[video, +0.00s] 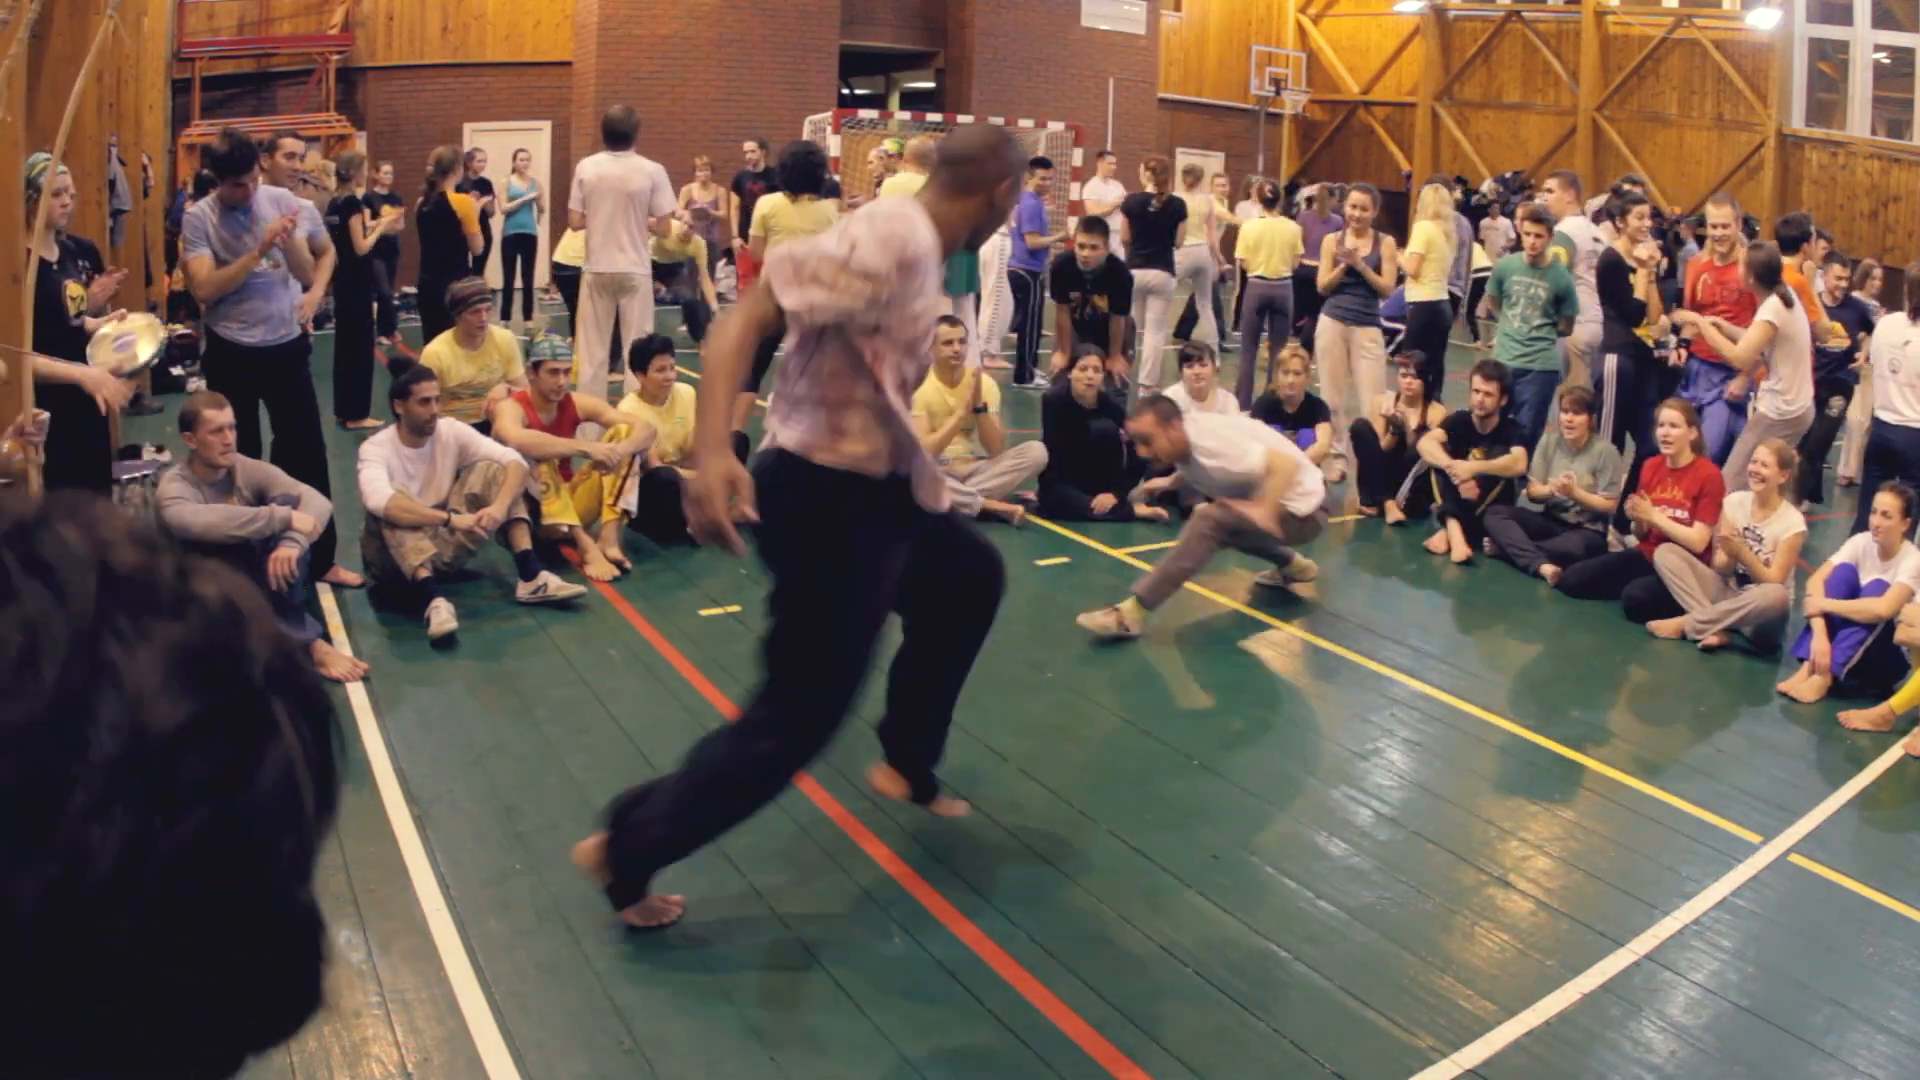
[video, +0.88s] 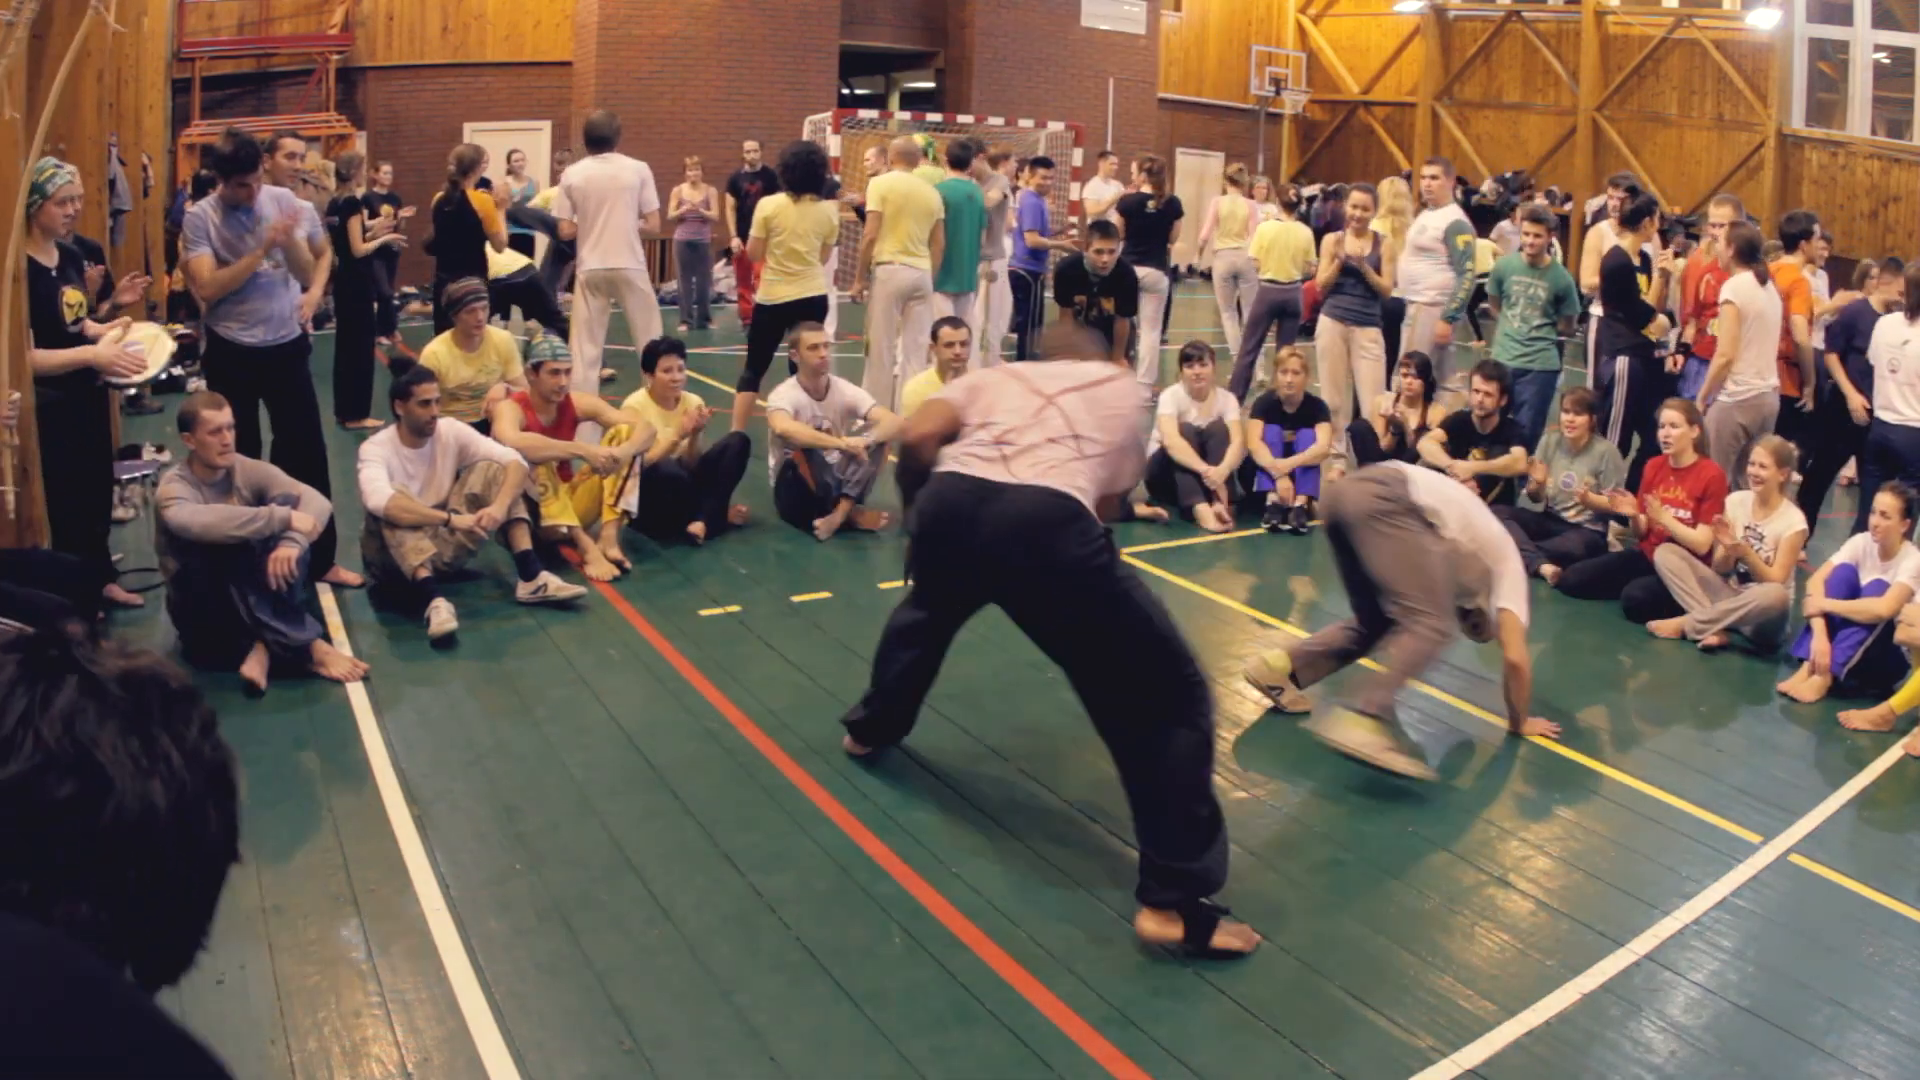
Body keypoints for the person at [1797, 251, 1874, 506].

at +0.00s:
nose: (1841, 284)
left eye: (1845, 279)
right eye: (1836, 278)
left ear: (1850, 281)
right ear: (1824, 278)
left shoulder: (1857, 309)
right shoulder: (1811, 306)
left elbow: (1872, 333)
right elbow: (1796, 334)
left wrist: (1864, 355)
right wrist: (1802, 359)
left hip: (1840, 377)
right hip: (1811, 374)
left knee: (1818, 443)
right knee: (1805, 439)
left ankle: (1803, 496)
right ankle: (1805, 493)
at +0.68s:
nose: (1874, 290)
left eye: (1878, 285)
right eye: (1870, 282)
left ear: (1880, 284)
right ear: (1852, 276)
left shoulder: (1878, 311)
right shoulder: (1825, 305)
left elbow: (1889, 350)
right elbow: (1809, 345)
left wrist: (1873, 362)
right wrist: (1813, 378)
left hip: (1853, 401)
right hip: (1821, 395)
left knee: (1846, 478)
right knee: (1810, 468)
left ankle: (1802, 514)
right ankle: (1798, 523)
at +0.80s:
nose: (1890, 293)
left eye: (1894, 288)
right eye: (1887, 286)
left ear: (1894, 286)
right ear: (1868, 277)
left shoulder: (1889, 313)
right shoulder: (1842, 305)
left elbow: (1893, 355)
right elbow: (1821, 346)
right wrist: (1836, 386)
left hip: (1870, 403)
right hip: (1835, 400)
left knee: (1867, 479)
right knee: (1814, 469)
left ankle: (1837, 535)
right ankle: (1797, 526)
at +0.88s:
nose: (1902, 296)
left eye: (1904, 290)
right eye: (1898, 289)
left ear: (1898, 285)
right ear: (1879, 282)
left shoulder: (1899, 319)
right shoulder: (1854, 311)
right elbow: (1831, 353)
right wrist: (1851, 395)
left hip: (1880, 408)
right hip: (1844, 402)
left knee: (1873, 486)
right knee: (1820, 474)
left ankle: (1862, 547)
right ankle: (1798, 538)